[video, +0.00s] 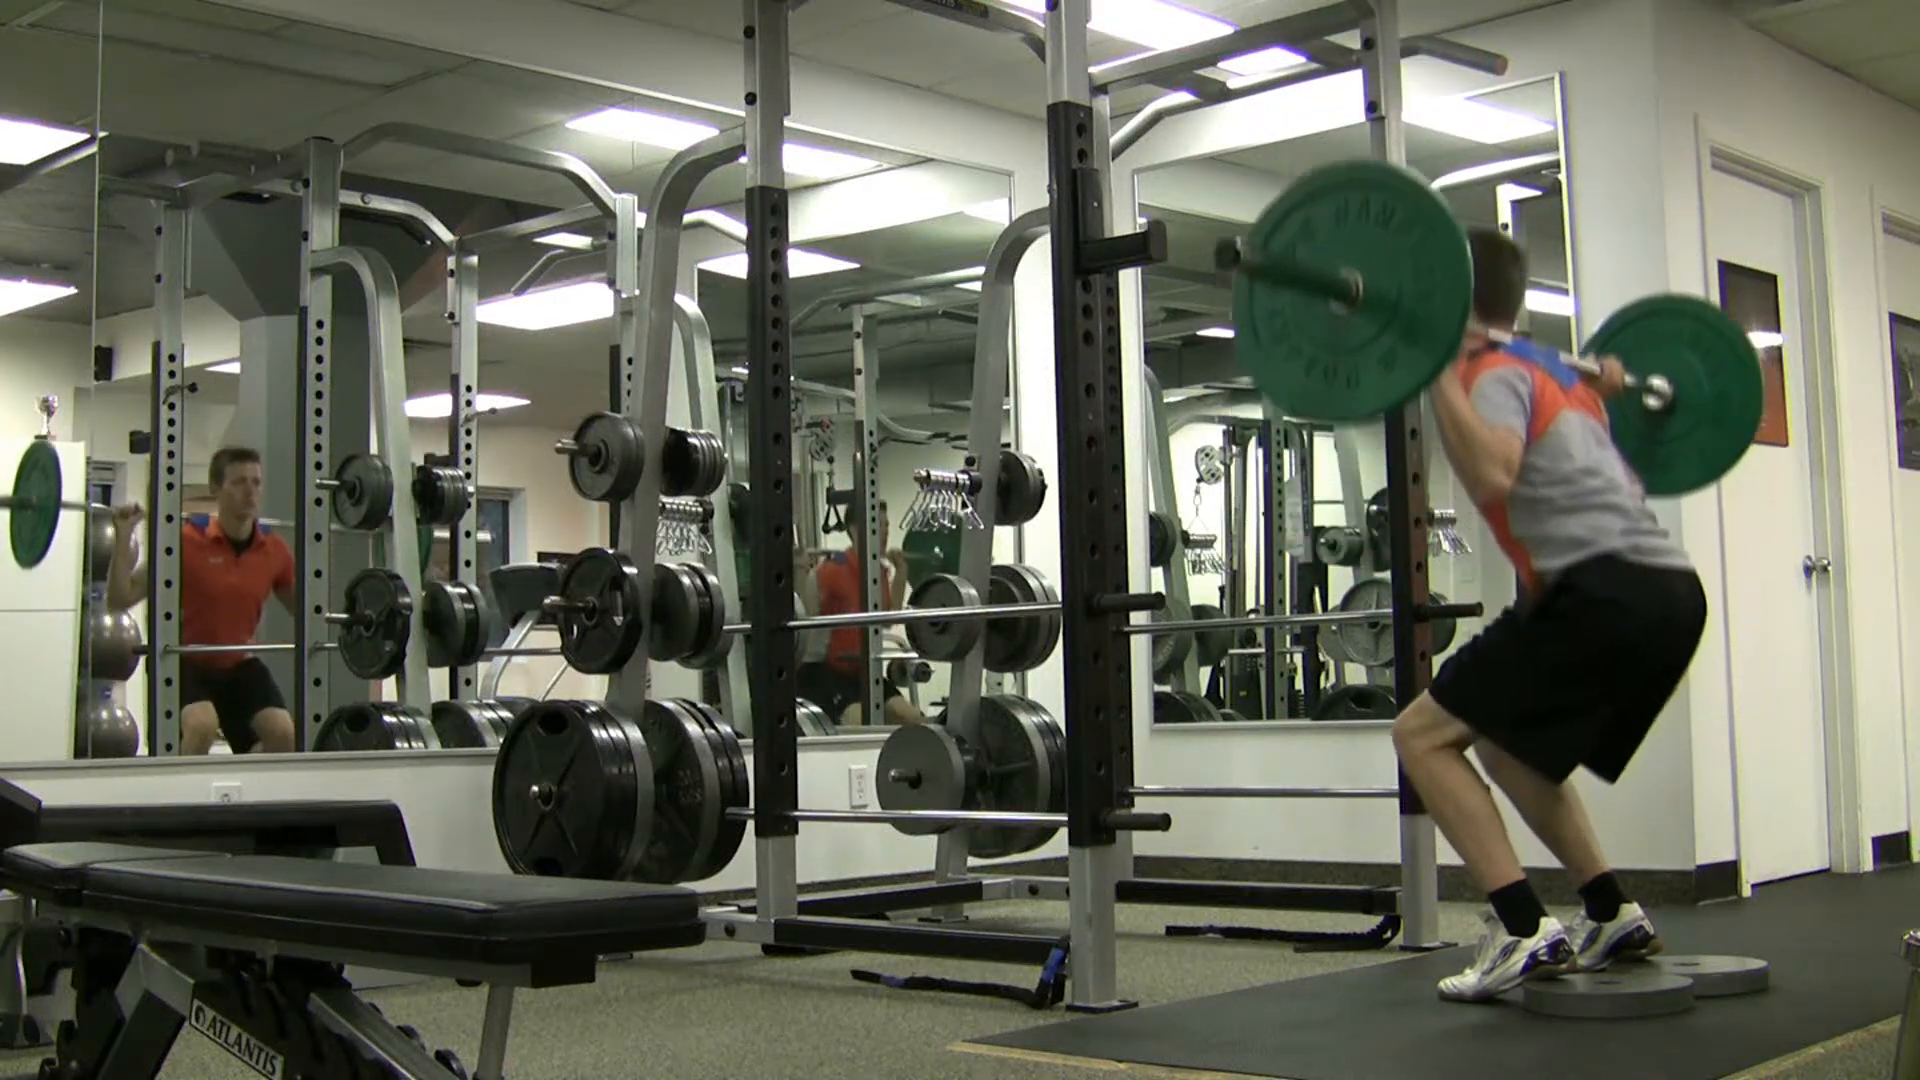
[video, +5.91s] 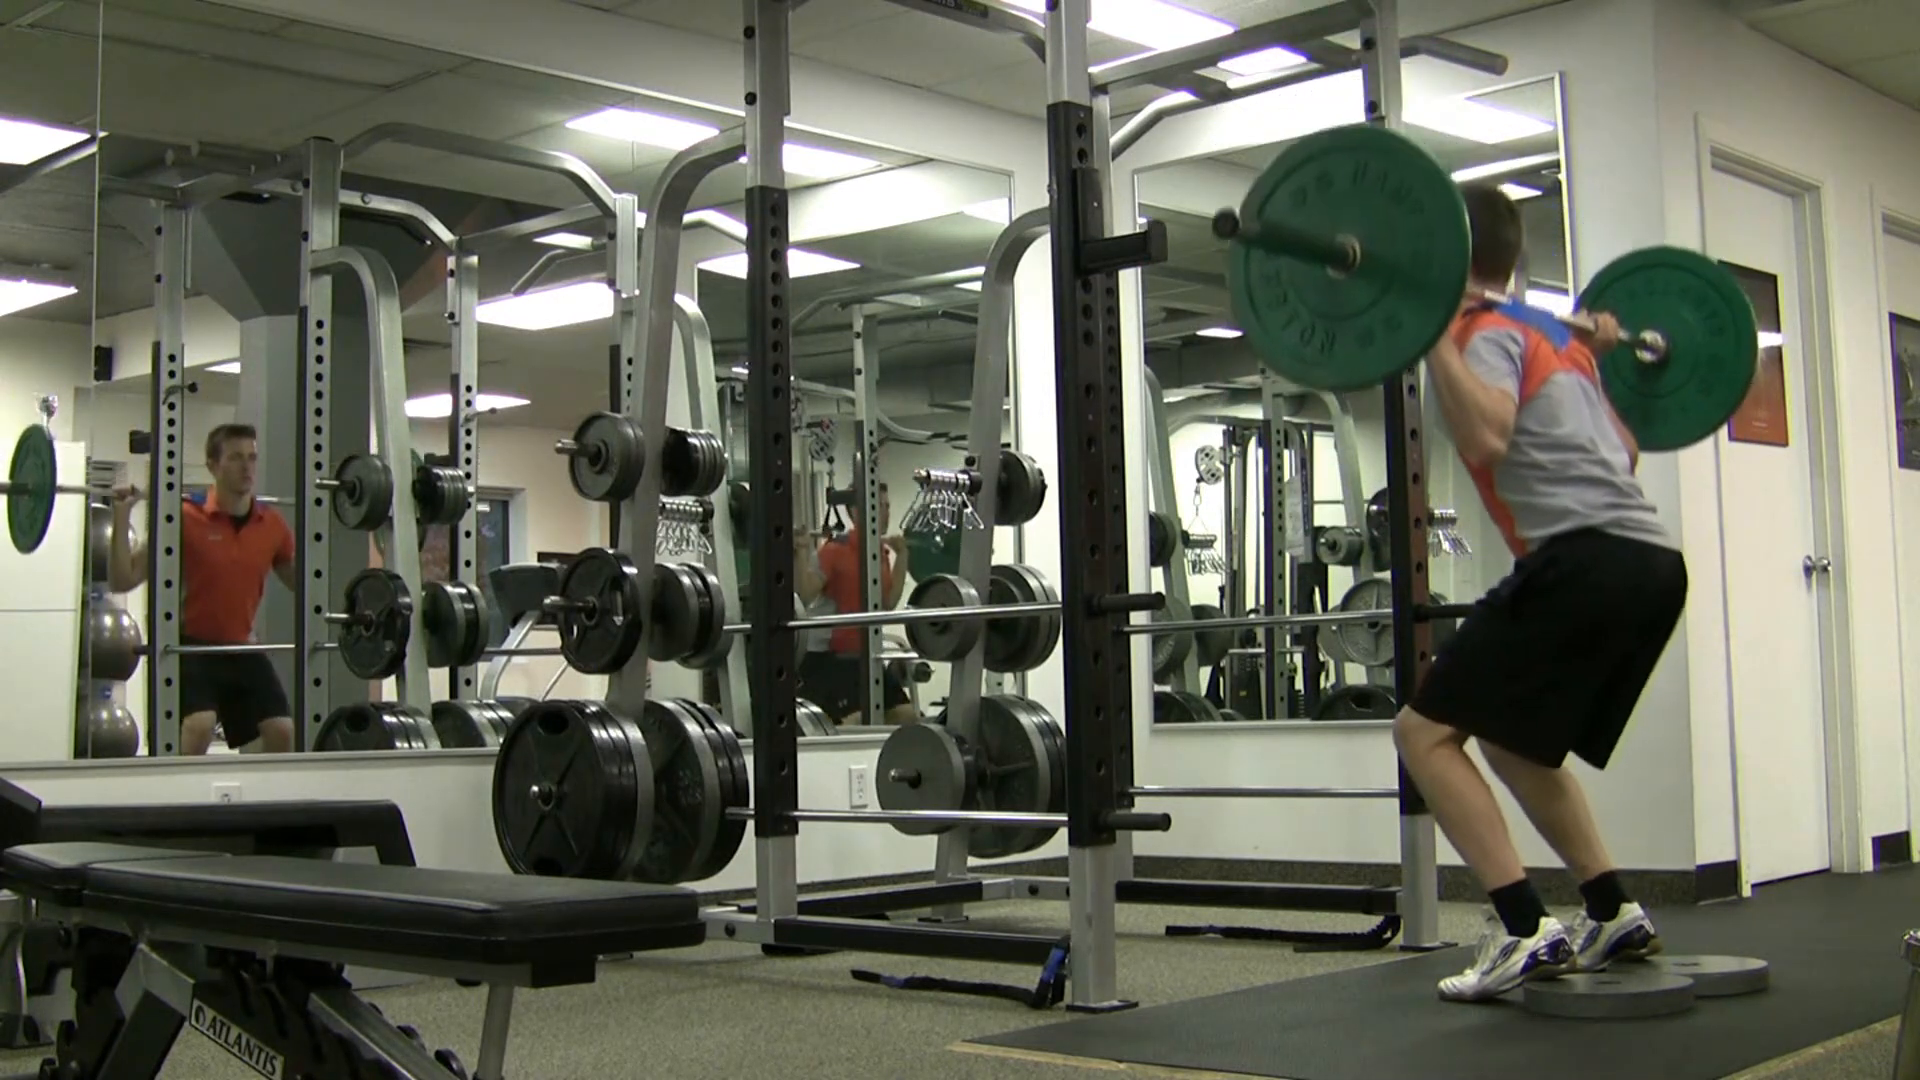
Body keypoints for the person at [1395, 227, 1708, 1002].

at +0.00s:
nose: (1435, 321)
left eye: (1438, 305)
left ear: (1453, 307)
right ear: (1514, 307)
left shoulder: (1496, 370)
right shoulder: (1555, 373)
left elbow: (1494, 477)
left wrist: (1440, 378)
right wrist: (1593, 382)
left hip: (1599, 590)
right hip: (1671, 593)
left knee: (1420, 735)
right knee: (1512, 750)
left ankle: (1522, 929)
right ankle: (1614, 913)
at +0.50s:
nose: (1439, 185)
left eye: (1444, 166)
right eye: (1448, 167)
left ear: (1464, 169)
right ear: (1521, 174)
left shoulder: (1498, 242)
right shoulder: (1567, 253)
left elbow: (1486, 347)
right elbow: (1625, 377)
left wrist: (1442, 243)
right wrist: (1606, 279)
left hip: (1570, 488)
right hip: (1636, 491)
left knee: (1471, 705)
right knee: (1550, 709)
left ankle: (1526, 928)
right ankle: (1616, 910)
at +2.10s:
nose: (1431, 297)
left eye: (1438, 281)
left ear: (1452, 288)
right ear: (1517, 291)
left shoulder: (1498, 359)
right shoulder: (1561, 363)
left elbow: (1493, 467)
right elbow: (1614, 459)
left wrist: (1442, 367)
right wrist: (1590, 373)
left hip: (1590, 583)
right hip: (1664, 591)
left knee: (1417, 735)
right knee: (1514, 747)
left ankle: (1522, 929)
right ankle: (1613, 912)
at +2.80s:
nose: (1431, 421)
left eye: (1436, 408)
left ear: (1446, 418)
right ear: (1521, 422)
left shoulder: (1497, 494)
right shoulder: (1564, 487)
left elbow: (1502, 610)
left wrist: (1437, 502)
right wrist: (1599, 497)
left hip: (1617, 699)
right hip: (1683, 710)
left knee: (1403, 750)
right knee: (1507, 777)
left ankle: (1523, 929)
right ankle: (1611, 913)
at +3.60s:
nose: (1429, 320)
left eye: (1432, 306)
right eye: (1429, 307)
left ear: (1449, 312)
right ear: (1513, 316)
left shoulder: (1493, 380)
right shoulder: (1558, 386)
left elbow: (1492, 490)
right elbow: (1617, 483)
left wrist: (1429, 389)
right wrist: (1593, 397)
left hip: (1601, 598)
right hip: (1672, 599)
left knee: (1421, 735)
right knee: (1512, 751)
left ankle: (1522, 927)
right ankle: (1614, 912)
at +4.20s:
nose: (1436, 189)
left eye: (1438, 172)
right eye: (1443, 174)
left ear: (1456, 176)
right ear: (1515, 180)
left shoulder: (1490, 248)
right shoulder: (1567, 260)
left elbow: (1479, 351)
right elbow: (1625, 383)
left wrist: (1429, 242)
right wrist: (1602, 279)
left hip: (1567, 489)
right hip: (1634, 491)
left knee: (1467, 705)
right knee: (1544, 710)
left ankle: (1526, 929)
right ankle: (1616, 910)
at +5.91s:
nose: (1431, 273)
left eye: (1436, 257)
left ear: (1448, 261)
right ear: (1514, 263)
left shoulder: (1488, 331)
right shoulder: (1560, 341)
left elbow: (1485, 441)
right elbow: (1625, 449)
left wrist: (1433, 335)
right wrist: (1594, 352)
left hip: (1581, 560)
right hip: (1651, 566)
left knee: (1423, 731)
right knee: (1514, 737)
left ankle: (1524, 928)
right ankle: (1613, 912)